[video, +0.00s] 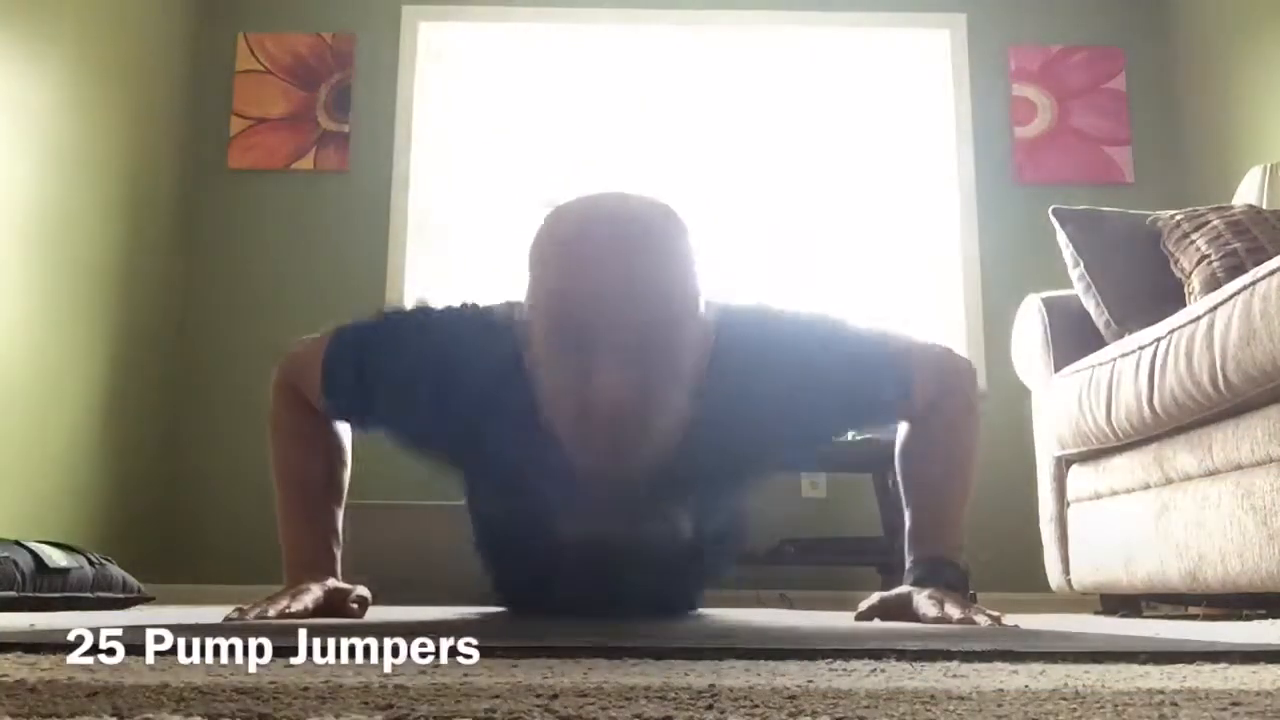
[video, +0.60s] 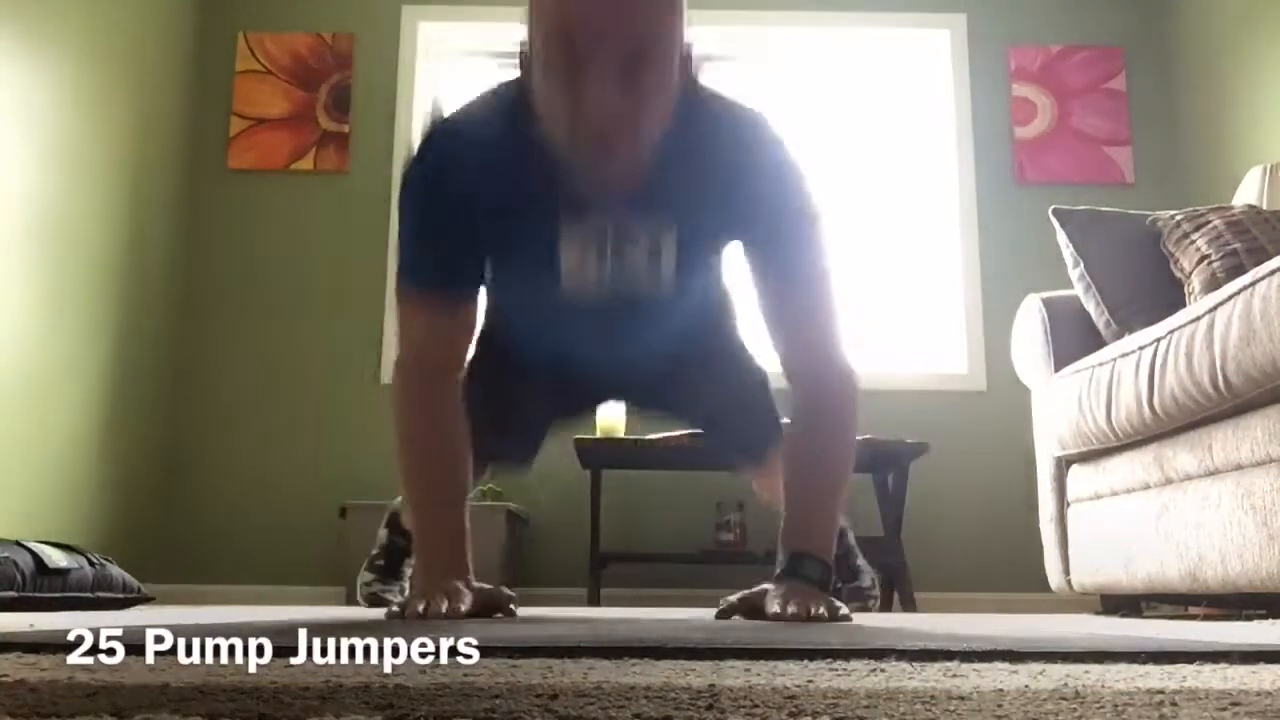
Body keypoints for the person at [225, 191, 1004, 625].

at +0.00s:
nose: (610, 391)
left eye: (646, 355)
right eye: (578, 352)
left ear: (697, 335)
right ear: (529, 333)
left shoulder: (769, 362)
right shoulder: (453, 360)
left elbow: (947, 383)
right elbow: (301, 383)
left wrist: (933, 572)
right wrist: (314, 575)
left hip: (682, 598)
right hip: (532, 598)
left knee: (669, 589)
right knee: (553, 596)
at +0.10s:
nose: (613, 262)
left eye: (647, 218)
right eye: (582, 220)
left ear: (697, 218)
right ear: (536, 215)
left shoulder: (760, 292)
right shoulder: (458, 294)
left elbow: (942, 392)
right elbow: (303, 392)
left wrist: (932, 574)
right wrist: (313, 577)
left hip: (678, 564)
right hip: (531, 566)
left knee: (659, 570)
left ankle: (649, 588)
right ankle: (561, 583)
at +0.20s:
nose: (619, 180)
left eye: (653, 140)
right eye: (588, 140)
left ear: (695, 135)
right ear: (543, 134)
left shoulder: (763, 231)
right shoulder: (460, 235)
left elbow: (929, 392)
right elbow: (317, 391)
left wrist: (933, 576)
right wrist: (314, 576)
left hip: (678, 463)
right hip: (548, 466)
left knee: (657, 530)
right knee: (570, 532)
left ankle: (635, 563)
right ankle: (585, 564)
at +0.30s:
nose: (616, 102)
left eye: (650, 63)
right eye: (583, 62)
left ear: (697, 58)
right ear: (538, 58)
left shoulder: (759, 159)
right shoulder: (456, 164)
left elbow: (884, 371)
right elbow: (343, 370)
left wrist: (927, 571)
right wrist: (318, 574)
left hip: (675, 365)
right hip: (550, 368)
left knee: (659, 469)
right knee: (560, 468)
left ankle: (646, 526)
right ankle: (572, 516)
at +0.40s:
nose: (626, 27)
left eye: (654, 1)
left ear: (692, 2)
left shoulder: (759, 66)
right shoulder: (459, 75)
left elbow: (841, 308)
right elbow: (391, 314)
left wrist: (885, 530)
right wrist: (347, 539)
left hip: (683, 284)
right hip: (543, 288)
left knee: (700, 402)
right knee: (529, 404)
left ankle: (711, 498)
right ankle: (513, 485)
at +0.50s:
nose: (608, 18)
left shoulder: (746, 57)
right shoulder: (467, 65)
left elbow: (816, 296)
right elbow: (419, 300)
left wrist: (814, 499)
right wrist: (423, 501)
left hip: (689, 287)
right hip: (537, 291)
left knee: (738, 401)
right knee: (490, 406)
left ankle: (795, 503)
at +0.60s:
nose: (602, 104)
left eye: (636, 65)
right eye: (570, 67)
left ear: (684, 62)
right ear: (528, 58)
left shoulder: (742, 152)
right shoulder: (461, 158)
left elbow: (823, 375)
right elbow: (426, 375)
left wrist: (807, 571)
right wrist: (442, 578)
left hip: (687, 350)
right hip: (532, 355)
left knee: (771, 463)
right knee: (458, 458)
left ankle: (828, 543)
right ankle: (409, 529)